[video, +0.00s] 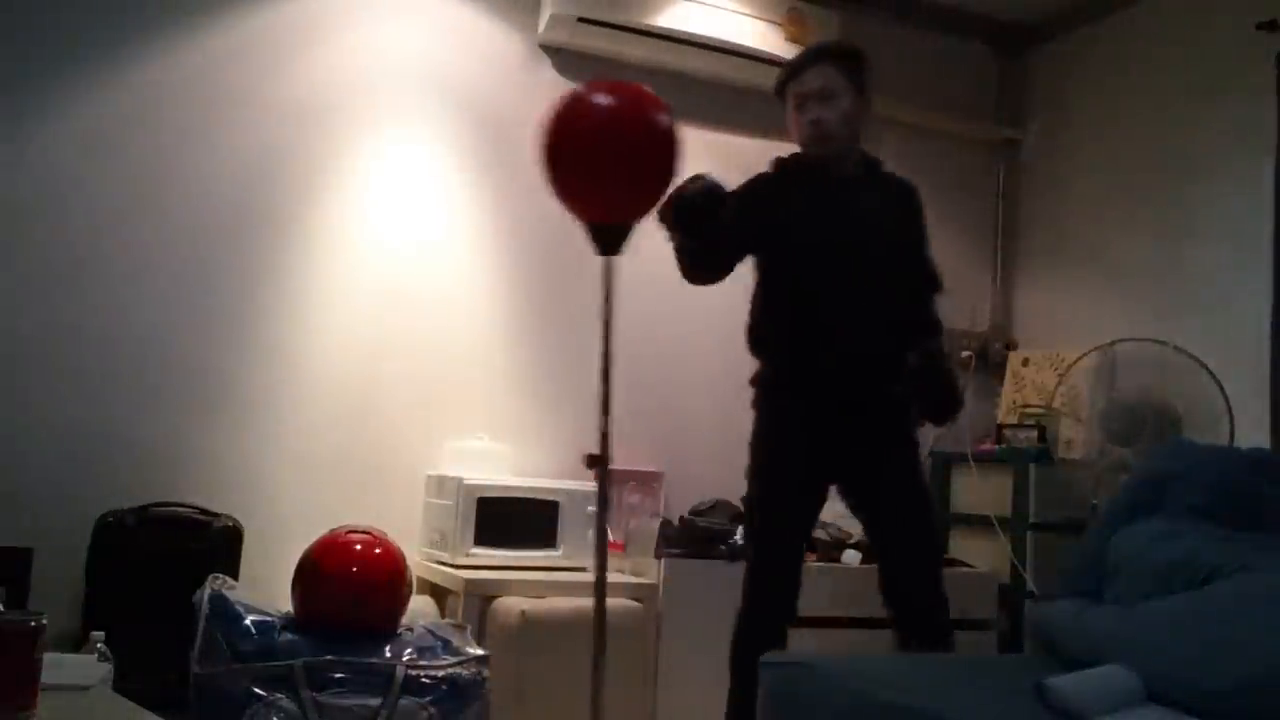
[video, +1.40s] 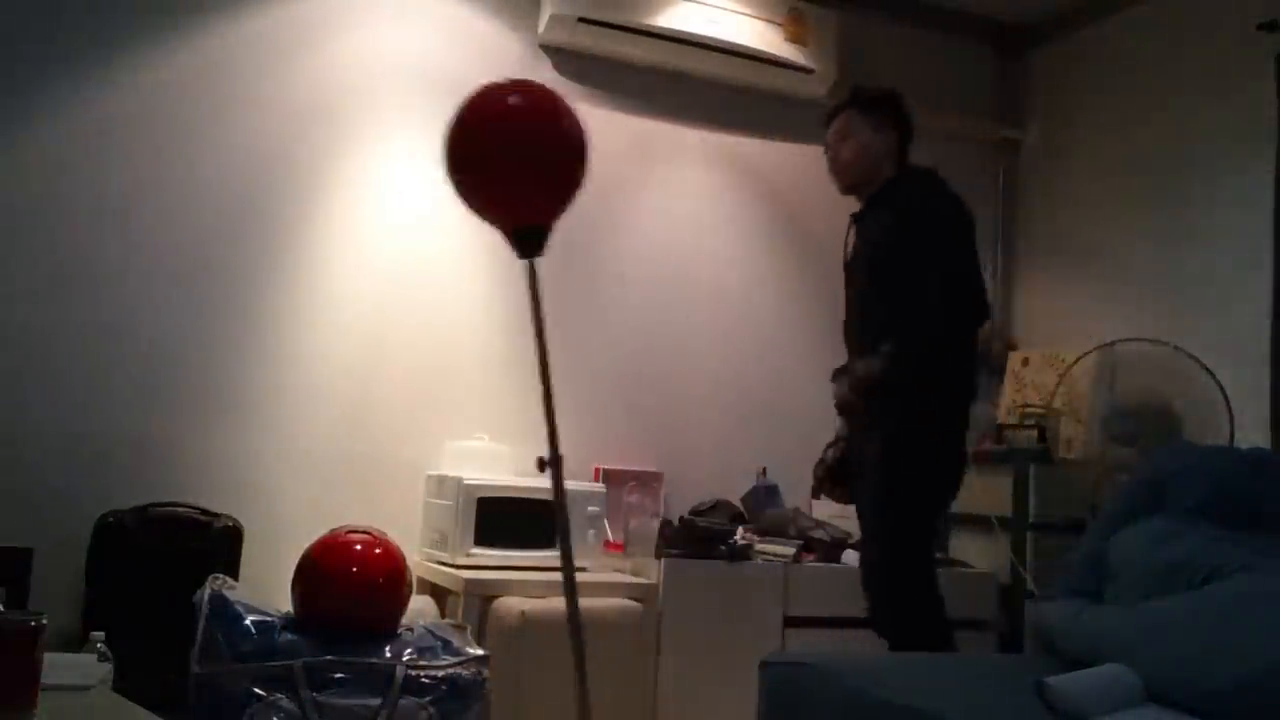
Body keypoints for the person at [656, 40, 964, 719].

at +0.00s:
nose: (812, 113)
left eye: (826, 98)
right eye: (800, 102)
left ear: (859, 106)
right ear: (788, 116)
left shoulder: (894, 197)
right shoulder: (772, 191)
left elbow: (916, 299)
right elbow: (705, 263)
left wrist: (934, 377)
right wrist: (695, 204)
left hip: (876, 409)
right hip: (792, 411)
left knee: (915, 566)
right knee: (772, 576)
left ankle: (936, 709)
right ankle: (747, 711)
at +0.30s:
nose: (908, 117)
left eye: (923, 101)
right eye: (893, 106)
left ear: (954, 108)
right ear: (878, 120)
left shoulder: (989, 201)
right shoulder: (857, 198)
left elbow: (1024, 293)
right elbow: (773, 268)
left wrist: (1033, 359)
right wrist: (742, 241)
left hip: (960, 412)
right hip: (870, 413)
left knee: (964, 586)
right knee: (831, 579)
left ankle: (971, 707)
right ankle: (805, 705)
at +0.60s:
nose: (931, 120)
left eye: (946, 104)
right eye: (919, 110)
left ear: (984, 108)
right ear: (909, 124)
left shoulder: (1031, 199)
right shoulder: (897, 197)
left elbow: (1071, 282)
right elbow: (813, 276)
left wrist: (1066, 355)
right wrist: (823, 274)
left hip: (998, 417)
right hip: (906, 416)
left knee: (989, 590)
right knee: (860, 582)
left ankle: (989, 712)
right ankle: (837, 710)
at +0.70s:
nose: (928, 120)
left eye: (944, 103)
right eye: (918, 109)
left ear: (985, 107)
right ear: (911, 121)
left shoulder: (1036, 202)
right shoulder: (894, 209)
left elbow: (1096, 297)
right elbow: (851, 307)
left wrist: (1058, 372)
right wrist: (851, 377)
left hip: (995, 421)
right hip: (903, 418)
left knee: (986, 600)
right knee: (859, 588)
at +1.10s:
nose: (868, 132)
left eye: (882, 116)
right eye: (867, 119)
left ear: (925, 121)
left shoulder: (975, 199)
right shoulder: (890, 224)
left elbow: (1025, 279)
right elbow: (871, 336)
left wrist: (973, 373)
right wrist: (830, 427)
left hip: (960, 427)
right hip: (898, 430)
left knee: (949, 602)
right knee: (909, 604)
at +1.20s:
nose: (851, 140)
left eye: (865, 127)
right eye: (853, 128)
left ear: (904, 133)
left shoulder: (949, 206)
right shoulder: (884, 220)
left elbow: (970, 328)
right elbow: (877, 344)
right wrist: (835, 433)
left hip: (941, 432)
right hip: (894, 433)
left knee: (931, 599)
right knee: (908, 600)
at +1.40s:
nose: (831, 156)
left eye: (842, 140)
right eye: (828, 145)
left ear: (882, 139)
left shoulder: (927, 207)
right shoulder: (873, 220)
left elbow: (962, 311)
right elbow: (870, 339)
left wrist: (876, 368)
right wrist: (851, 439)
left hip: (918, 423)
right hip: (887, 424)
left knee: (901, 581)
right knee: (892, 579)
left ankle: (930, 700)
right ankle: (924, 700)